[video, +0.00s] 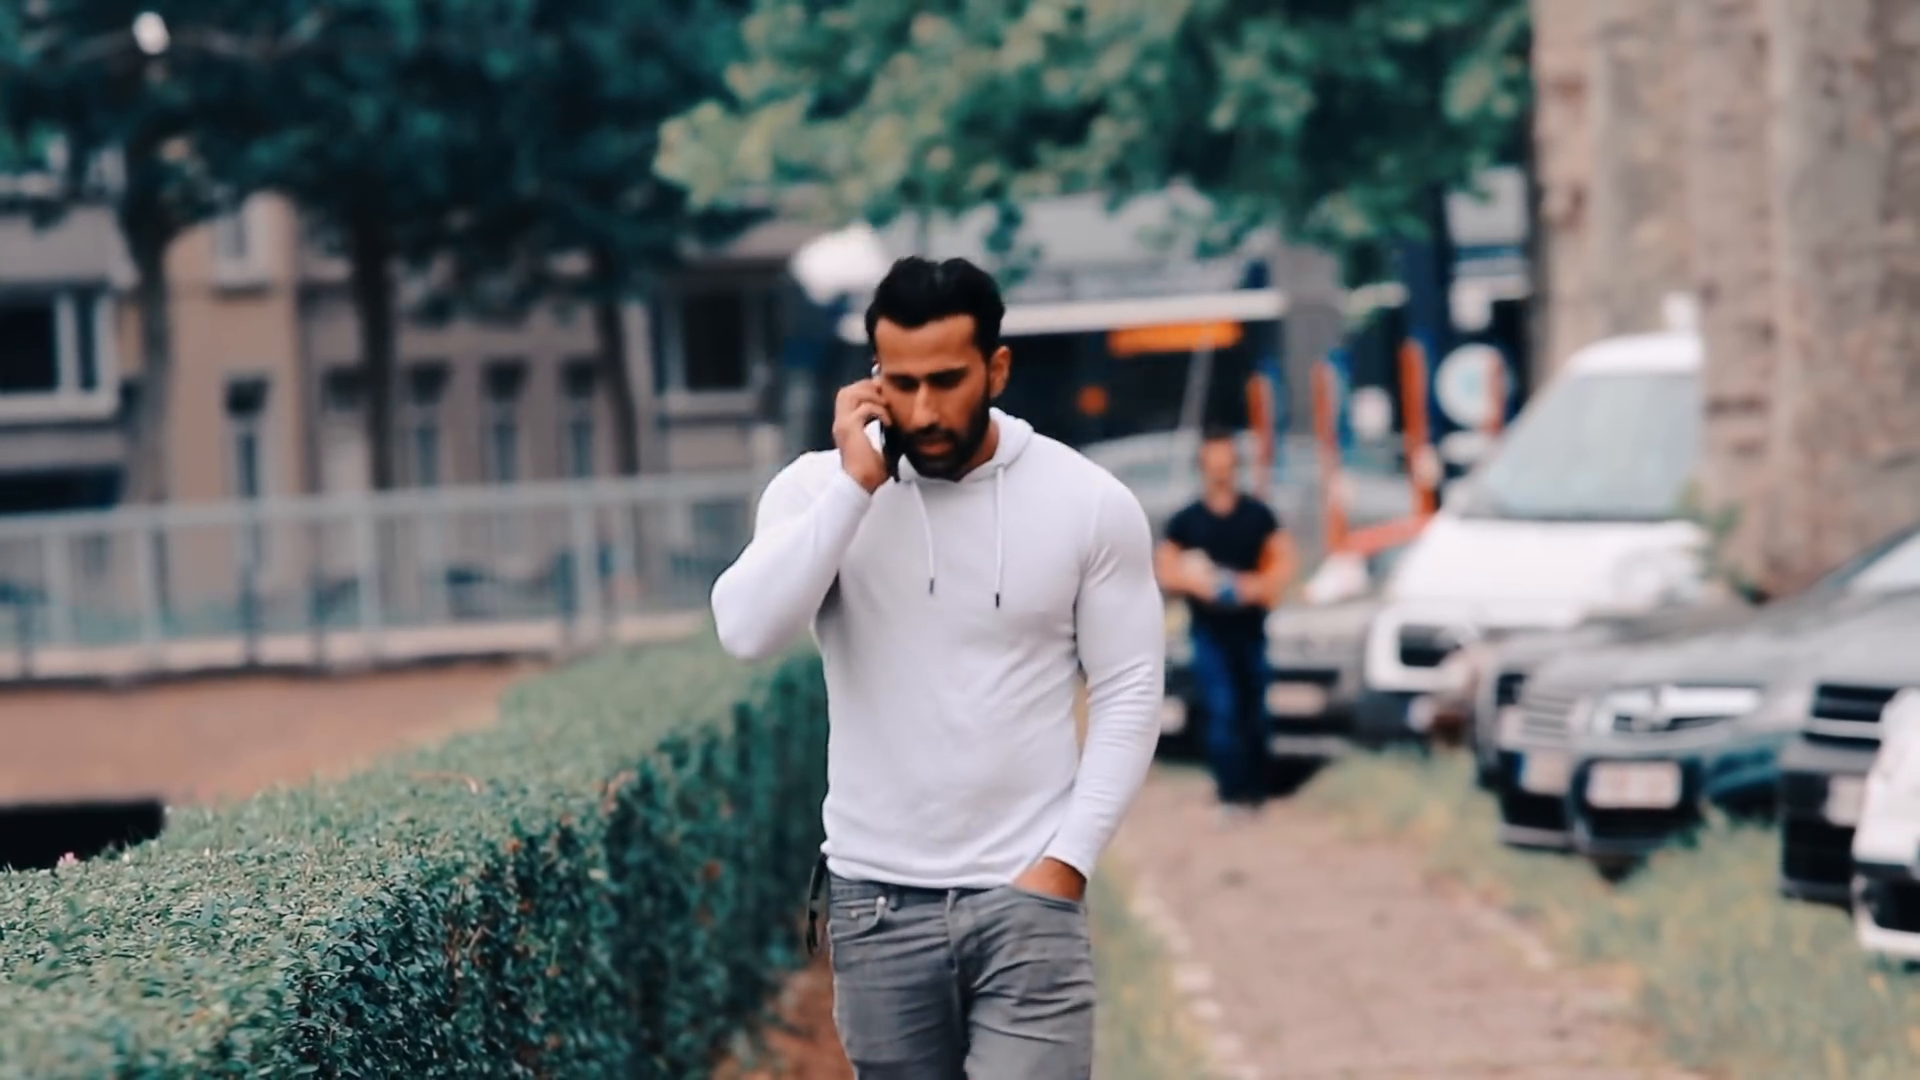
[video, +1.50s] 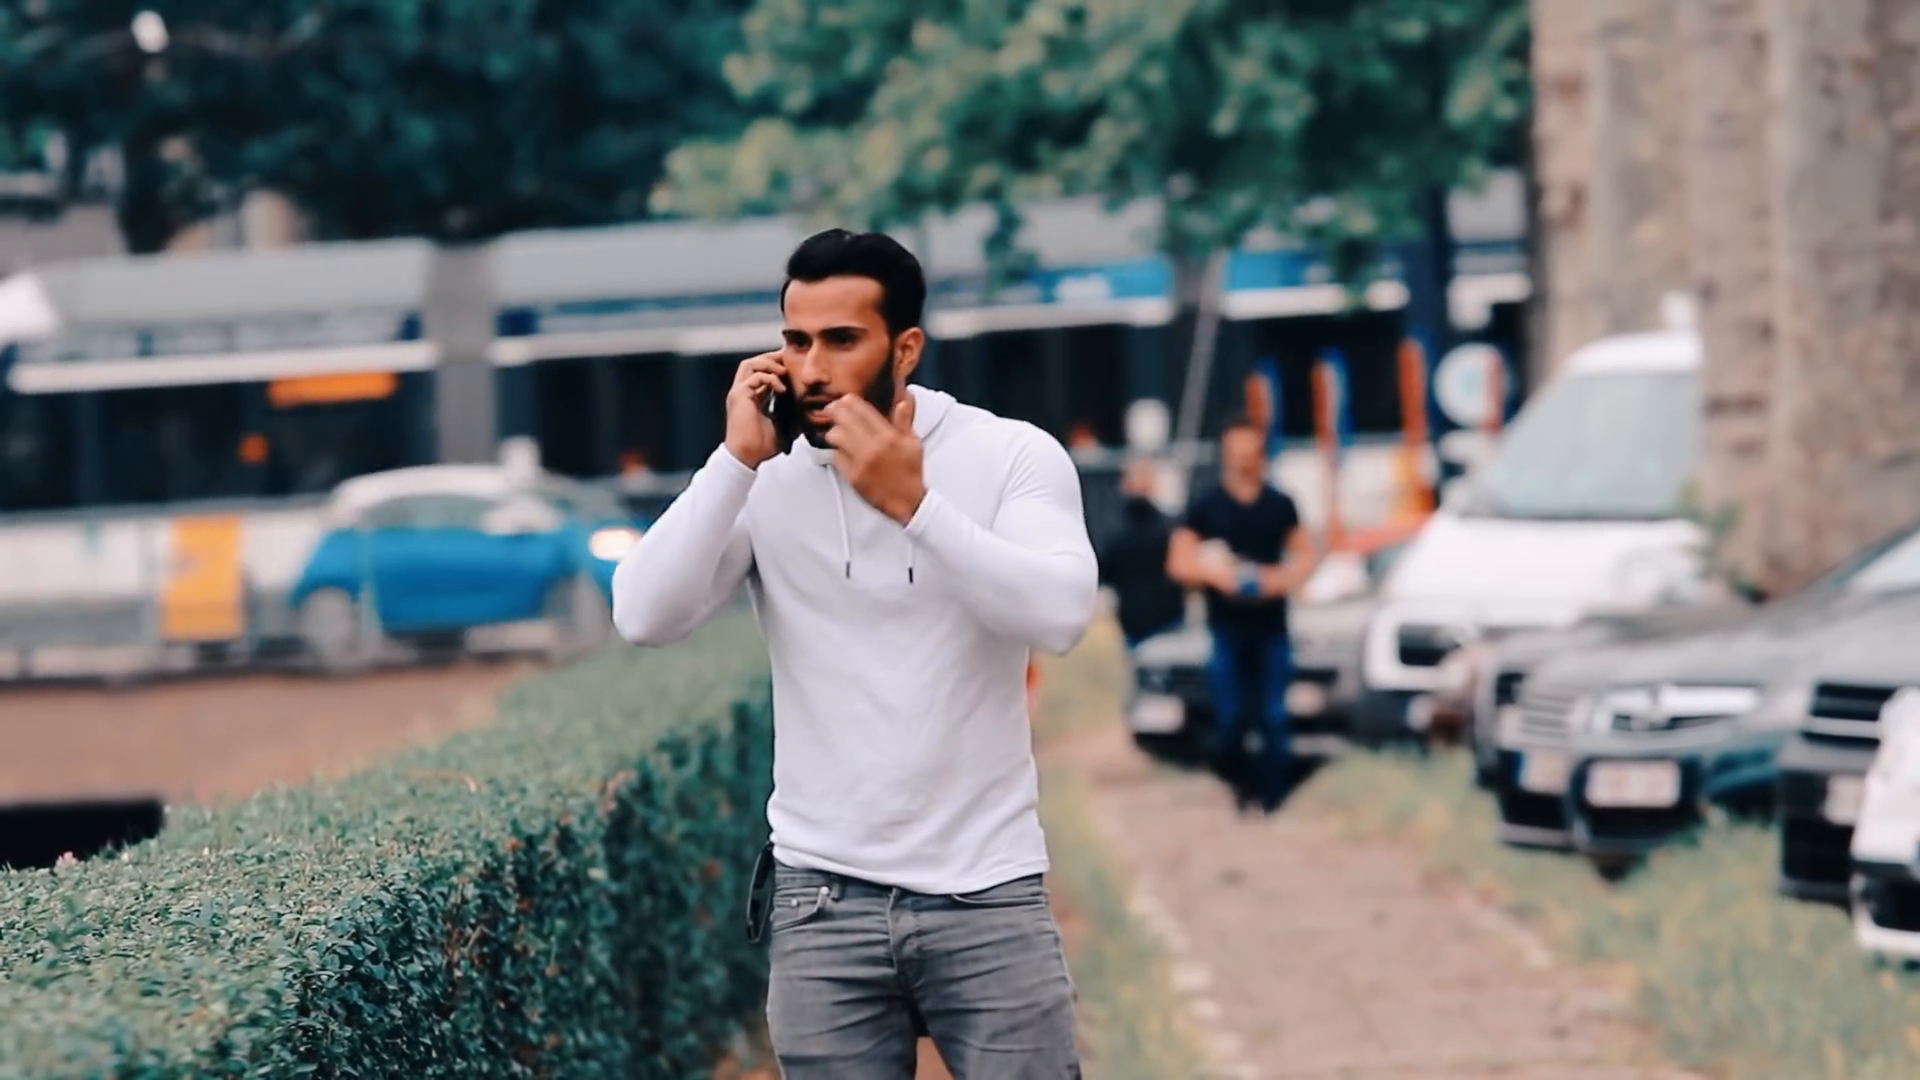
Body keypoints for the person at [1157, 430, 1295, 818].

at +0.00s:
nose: (1221, 471)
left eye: (1227, 463)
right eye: (1214, 463)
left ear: (1236, 465)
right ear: (1202, 466)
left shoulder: (1257, 515)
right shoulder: (1187, 521)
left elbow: (1283, 559)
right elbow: (1166, 569)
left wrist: (1259, 586)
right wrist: (1200, 582)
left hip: (1249, 622)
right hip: (1209, 624)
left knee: (1252, 704)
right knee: (1222, 705)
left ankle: (1255, 787)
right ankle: (1231, 790)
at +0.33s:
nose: (1224, 462)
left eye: (1231, 454)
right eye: (1216, 454)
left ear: (1242, 459)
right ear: (1204, 459)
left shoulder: (1257, 511)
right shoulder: (1191, 513)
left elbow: (1282, 558)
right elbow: (1172, 555)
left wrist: (1263, 585)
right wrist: (1201, 580)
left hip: (1246, 617)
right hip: (1207, 618)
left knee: (1244, 699)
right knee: (1213, 705)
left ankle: (1260, 776)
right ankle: (1229, 787)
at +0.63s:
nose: (1231, 455)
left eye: (1237, 447)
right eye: (1223, 448)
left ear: (1247, 450)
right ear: (1211, 451)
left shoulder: (1264, 501)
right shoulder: (1196, 506)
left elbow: (1289, 553)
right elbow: (1167, 558)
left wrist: (1261, 576)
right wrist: (1207, 571)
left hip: (1255, 617)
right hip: (1214, 619)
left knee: (1254, 703)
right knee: (1219, 699)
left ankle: (1252, 785)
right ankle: (1228, 781)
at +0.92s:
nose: (1228, 459)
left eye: (1234, 451)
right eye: (1221, 452)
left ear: (1245, 455)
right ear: (1209, 458)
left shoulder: (1265, 512)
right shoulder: (1197, 518)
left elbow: (1294, 562)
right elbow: (1170, 573)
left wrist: (1264, 587)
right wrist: (1211, 583)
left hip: (1256, 625)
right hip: (1217, 628)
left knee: (1260, 707)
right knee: (1233, 707)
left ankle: (1260, 787)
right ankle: (1241, 791)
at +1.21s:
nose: (1234, 457)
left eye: (1241, 450)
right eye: (1226, 450)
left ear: (1252, 454)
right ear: (1214, 453)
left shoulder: (1270, 505)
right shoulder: (1199, 505)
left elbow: (1297, 556)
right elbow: (1167, 561)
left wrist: (1268, 580)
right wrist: (1212, 576)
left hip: (1257, 619)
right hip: (1215, 621)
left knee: (1260, 701)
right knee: (1223, 709)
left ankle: (1270, 785)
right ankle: (1237, 788)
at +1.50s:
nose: (1245, 460)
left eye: (1252, 452)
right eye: (1237, 452)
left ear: (1262, 454)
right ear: (1225, 454)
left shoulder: (1279, 505)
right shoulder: (1207, 505)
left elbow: (1306, 555)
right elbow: (1179, 563)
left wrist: (1278, 580)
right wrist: (1220, 575)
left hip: (1270, 624)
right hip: (1227, 626)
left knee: (1273, 713)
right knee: (1230, 713)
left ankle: (1272, 790)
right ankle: (1240, 784)